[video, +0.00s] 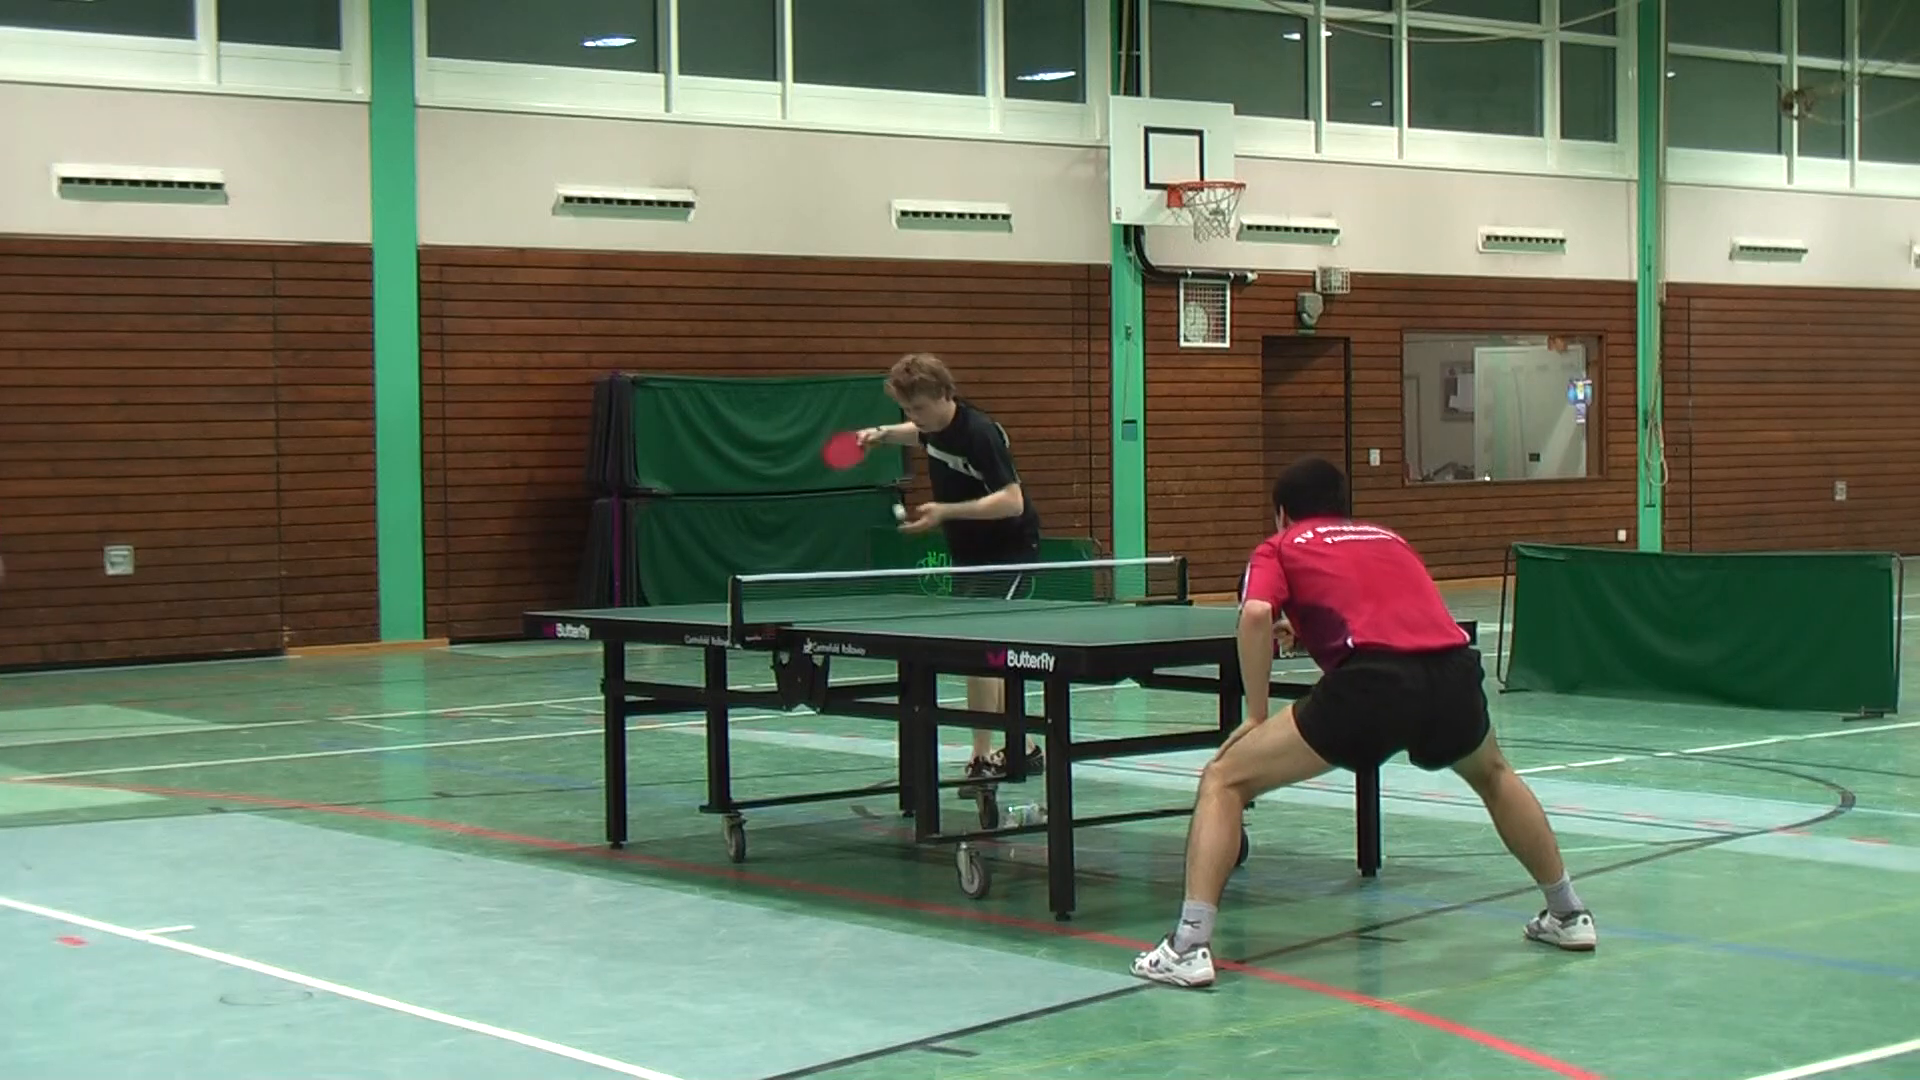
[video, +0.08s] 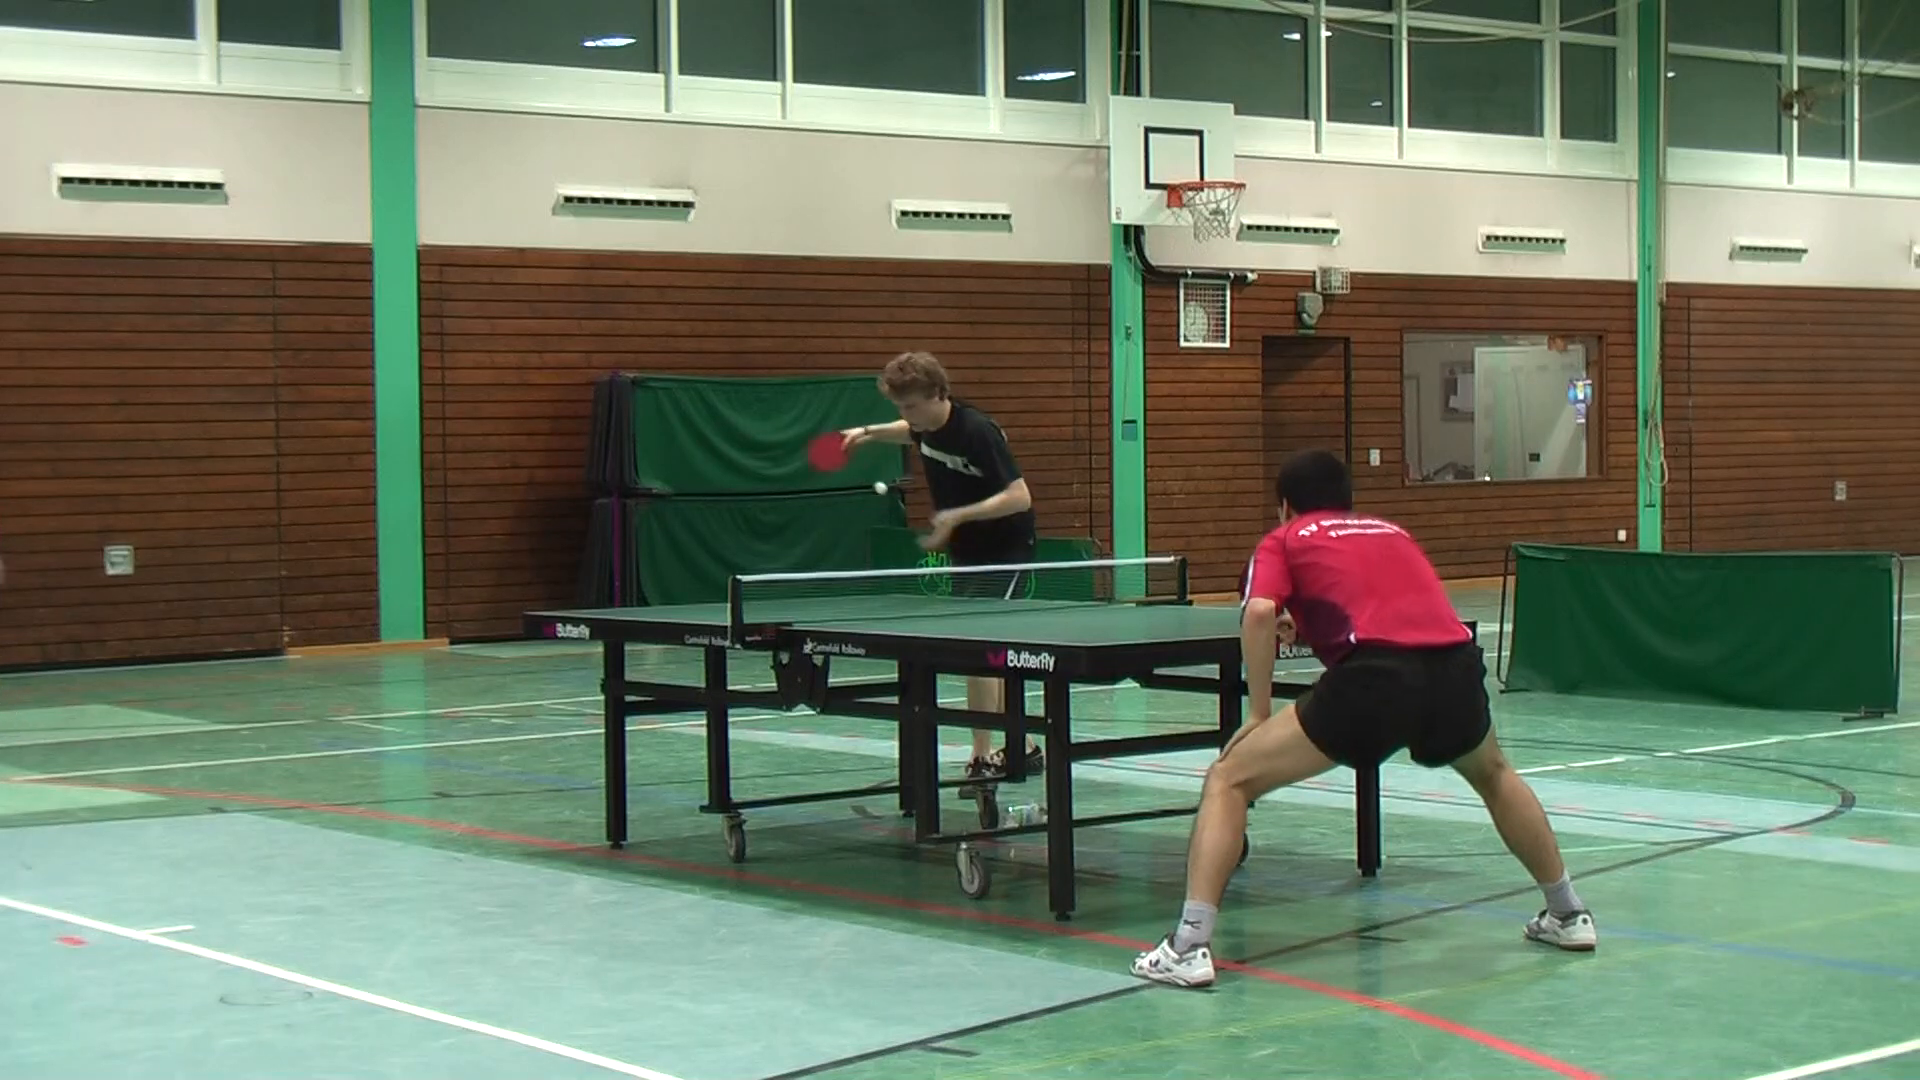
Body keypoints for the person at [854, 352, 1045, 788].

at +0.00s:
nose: (910, 417)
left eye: (914, 409)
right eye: (907, 410)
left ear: (942, 397)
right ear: (920, 406)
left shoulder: (980, 433)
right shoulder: (934, 426)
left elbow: (1013, 502)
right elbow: (916, 432)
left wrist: (945, 511)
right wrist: (881, 434)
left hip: (1006, 558)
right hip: (970, 555)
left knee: (978, 652)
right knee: (991, 652)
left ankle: (982, 755)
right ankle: (1020, 747)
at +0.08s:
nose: (903, 414)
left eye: (907, 407)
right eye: (900, 408)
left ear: (935, 396)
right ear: (913, 405)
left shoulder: (979, 431)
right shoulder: (925, 425)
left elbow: (1020, 496)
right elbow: (908, 430)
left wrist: (958, 514)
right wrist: (868, 432)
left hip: (1006, 554)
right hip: (968, 552)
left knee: (976, 651)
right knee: (988, 650)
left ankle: (982, 754)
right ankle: (1020, 745)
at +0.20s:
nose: (894, 415)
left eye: (900, 406)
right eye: (891, 407)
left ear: (927, 398)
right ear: (897, 404)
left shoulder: (977, 432)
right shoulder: (910, 432)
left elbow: (1027, 487)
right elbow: (887, 452)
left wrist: (988, 526)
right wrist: (838, 453)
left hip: (1002, 558)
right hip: (959, 557)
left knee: (979, 652)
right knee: (983, 652)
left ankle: (982, 756)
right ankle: (1018, 745)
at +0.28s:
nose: (891, 415)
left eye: (896, 406)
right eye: (887, 407)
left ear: (924, 399)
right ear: (893, 404)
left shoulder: (975, 430)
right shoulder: (899, 438)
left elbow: (1029, 483)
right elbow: (876, 480)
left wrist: (998, 523)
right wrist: (825, 484)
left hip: (996, 560)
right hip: (954, 561)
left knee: (979, 655)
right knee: (981, 656)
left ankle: (983, 756)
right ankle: (1016, 747)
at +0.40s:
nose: (893, 410)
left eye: (900, 402)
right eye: (889, 401)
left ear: (926, 395)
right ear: (888, 397)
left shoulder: (970, 425)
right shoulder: (888, 438)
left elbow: (1027, 473)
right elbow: (883, 503)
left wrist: (1005, 490)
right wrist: (872, 527)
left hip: (986, 558)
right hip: (938, 561)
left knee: (976, 653)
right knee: (978, 654)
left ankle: (982, 755)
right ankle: (998, 744)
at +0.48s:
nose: (900, 407)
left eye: (908, 398)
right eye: (893, 397)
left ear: (931, 393)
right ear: (887, 393)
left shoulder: (969, 421)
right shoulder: (881, 431)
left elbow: (1026, 469)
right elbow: (874, 499)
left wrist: (999, 470)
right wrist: (906, 499)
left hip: (977, 557)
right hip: (925, 561)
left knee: (968, 653)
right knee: (937, 652)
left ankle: (982, 752)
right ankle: (996, 720)